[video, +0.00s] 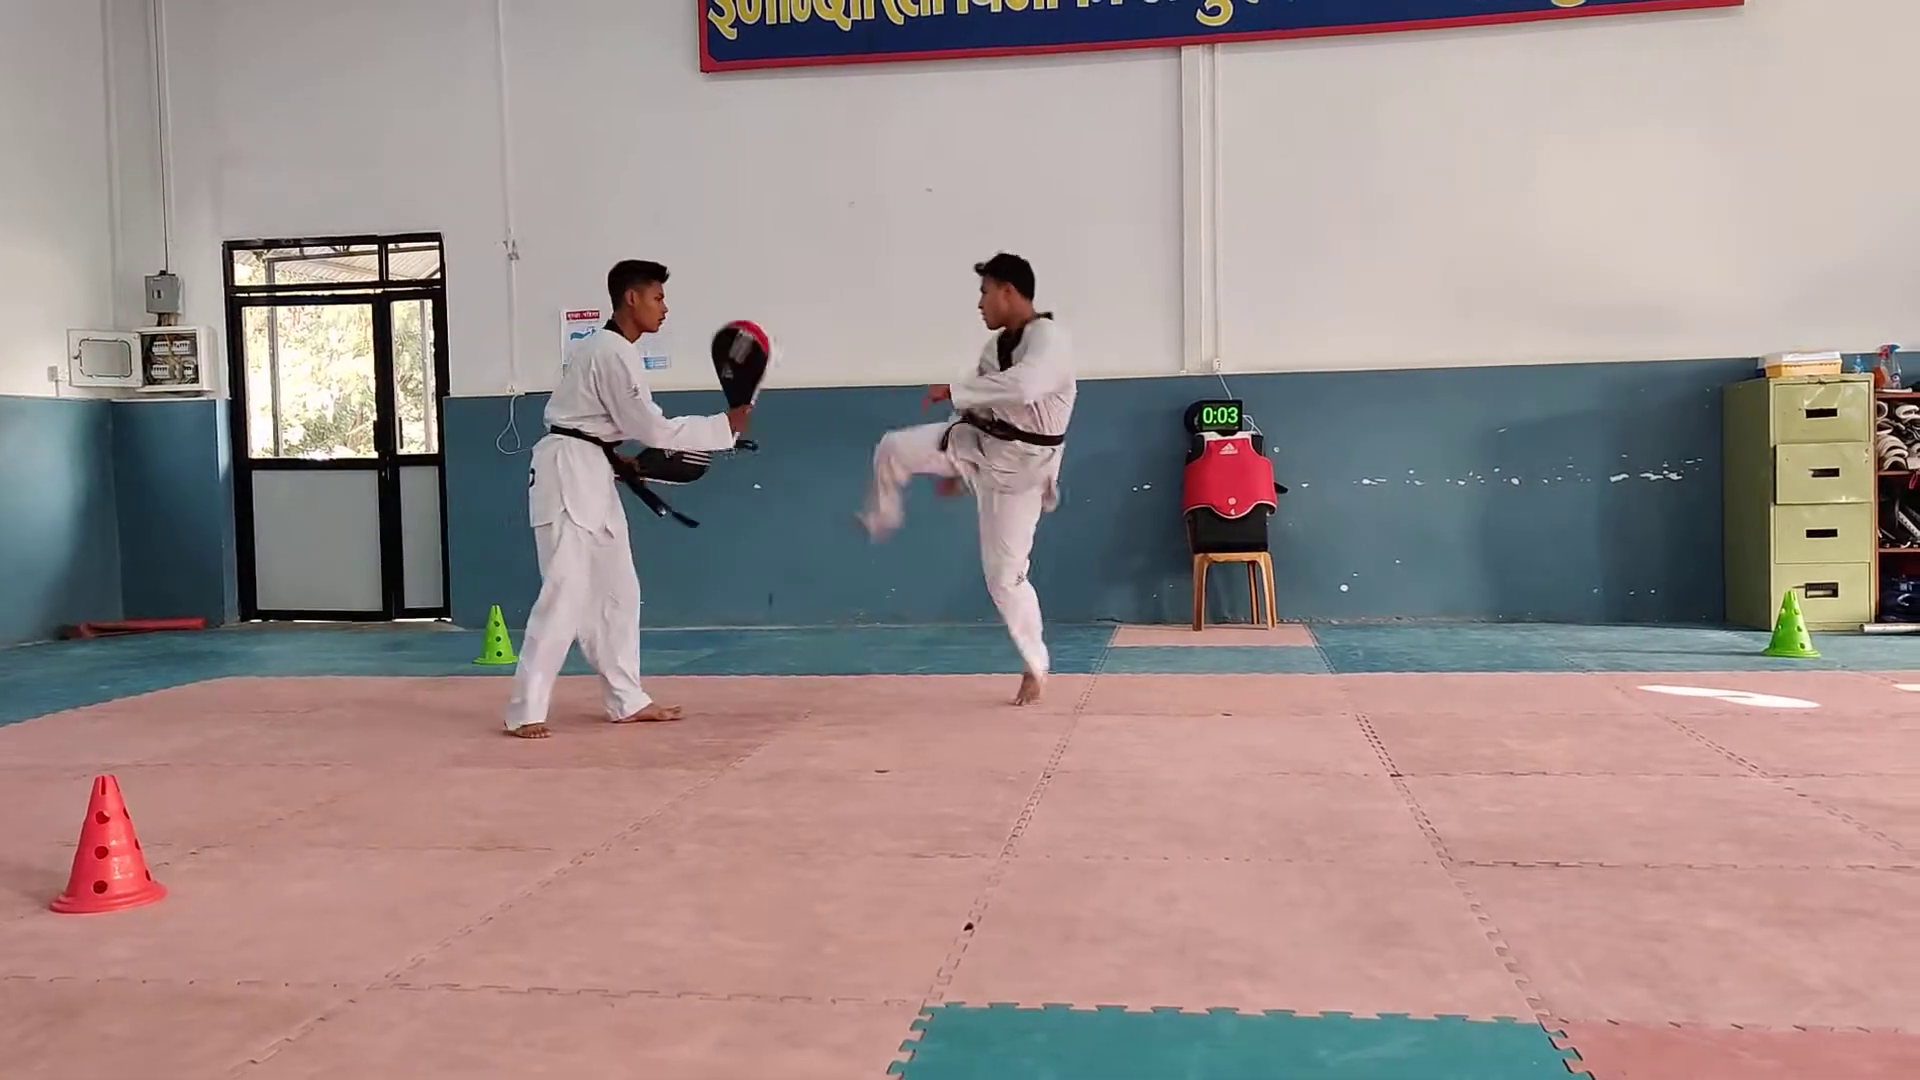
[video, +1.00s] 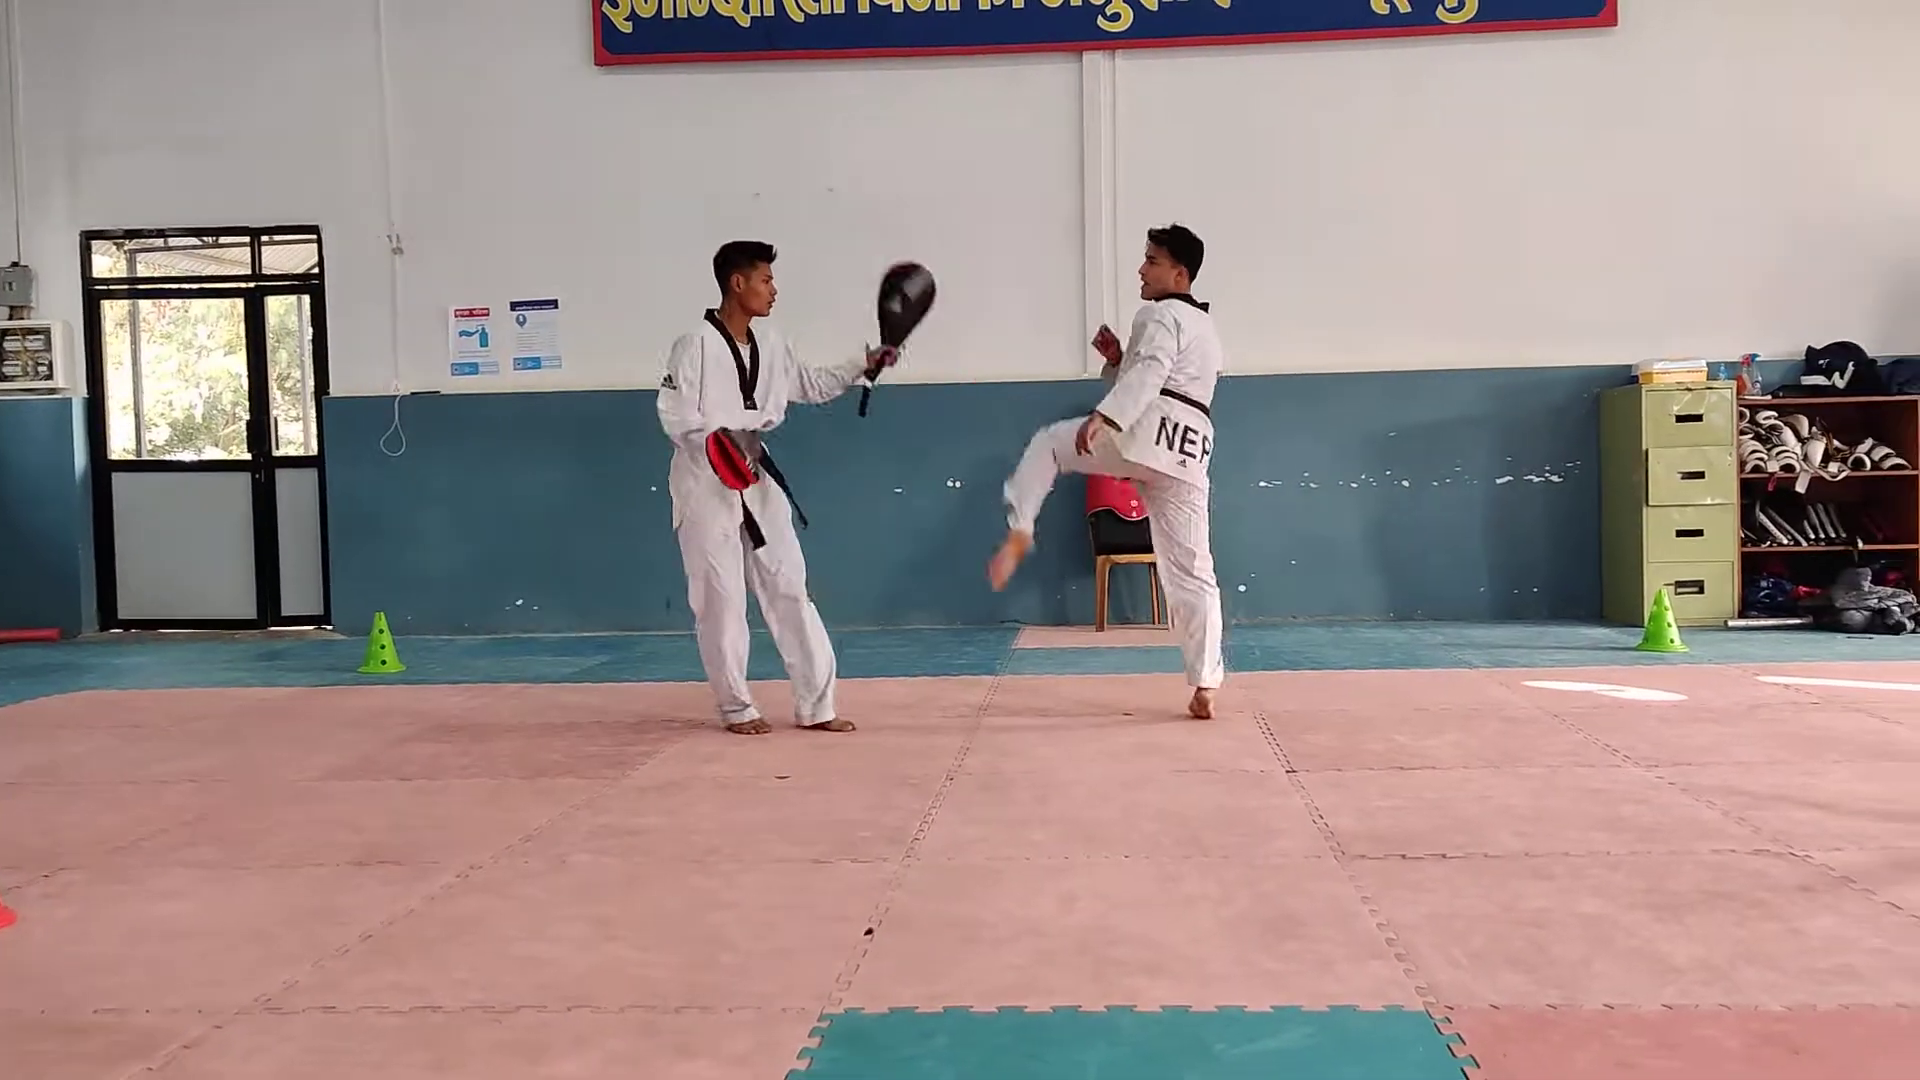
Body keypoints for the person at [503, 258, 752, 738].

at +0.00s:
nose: (664, 307)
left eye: (663, 297)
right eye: (657, 297)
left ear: (629, 302)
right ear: (628, 300)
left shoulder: (601, 347)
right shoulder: (613, 352)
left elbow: (573, 420)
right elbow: (650, 428)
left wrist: (611, 456)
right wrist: (725, 425)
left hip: (589, 470)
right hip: (566, 467)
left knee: (616, 587)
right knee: (566, 587)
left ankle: (626, 700)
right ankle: (525, 712)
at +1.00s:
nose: (773, 289)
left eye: (772, 280)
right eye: (764, 280)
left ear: (748, 286)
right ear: (734, 283)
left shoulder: (773, 344)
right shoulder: (694, 346)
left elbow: (812, 386)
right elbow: (677, 417)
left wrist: (862, 367)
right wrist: (726, 445)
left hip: (759, 477)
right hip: (704, 481)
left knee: (788, 587)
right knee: (721, 594)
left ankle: (816, 707)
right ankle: (736, 708)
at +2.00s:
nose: (612, 298)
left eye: (611, 289)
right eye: (603, 289)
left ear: (588, 295)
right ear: (571, 293)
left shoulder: (602, 348)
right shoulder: (534, 352)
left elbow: (596, 426)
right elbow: (516, 426)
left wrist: (604, 481)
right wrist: (580, 463)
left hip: (588, 480)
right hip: (533, 483)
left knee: (624, 580)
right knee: (515, 590)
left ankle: (671, 684)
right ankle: (485, 701)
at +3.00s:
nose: (592, 287)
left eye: (593, 278)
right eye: (585, 277)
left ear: (567, 281)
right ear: (556, 277)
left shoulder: (571, 346)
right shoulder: (511, 330)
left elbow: (576, 413)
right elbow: (537, 402)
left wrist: (617, 430)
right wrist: (607, 395)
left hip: (525, 450)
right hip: (480, 443)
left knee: (554, 564)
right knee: (464, 563)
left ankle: (582, 683)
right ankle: (416, 685)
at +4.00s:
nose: (371, 282)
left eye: (371, 272)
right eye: (362, 273)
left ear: (348, 276)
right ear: (327, 274)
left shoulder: (377, 332)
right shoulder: (285, 337)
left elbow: (414, 397)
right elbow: (322, 411)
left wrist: (455, 397)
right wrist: (411, 427)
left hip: (365, 462)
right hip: (299, 464)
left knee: (406, 570)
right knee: (250, 573)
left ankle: (439, 684)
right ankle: (197, 689)